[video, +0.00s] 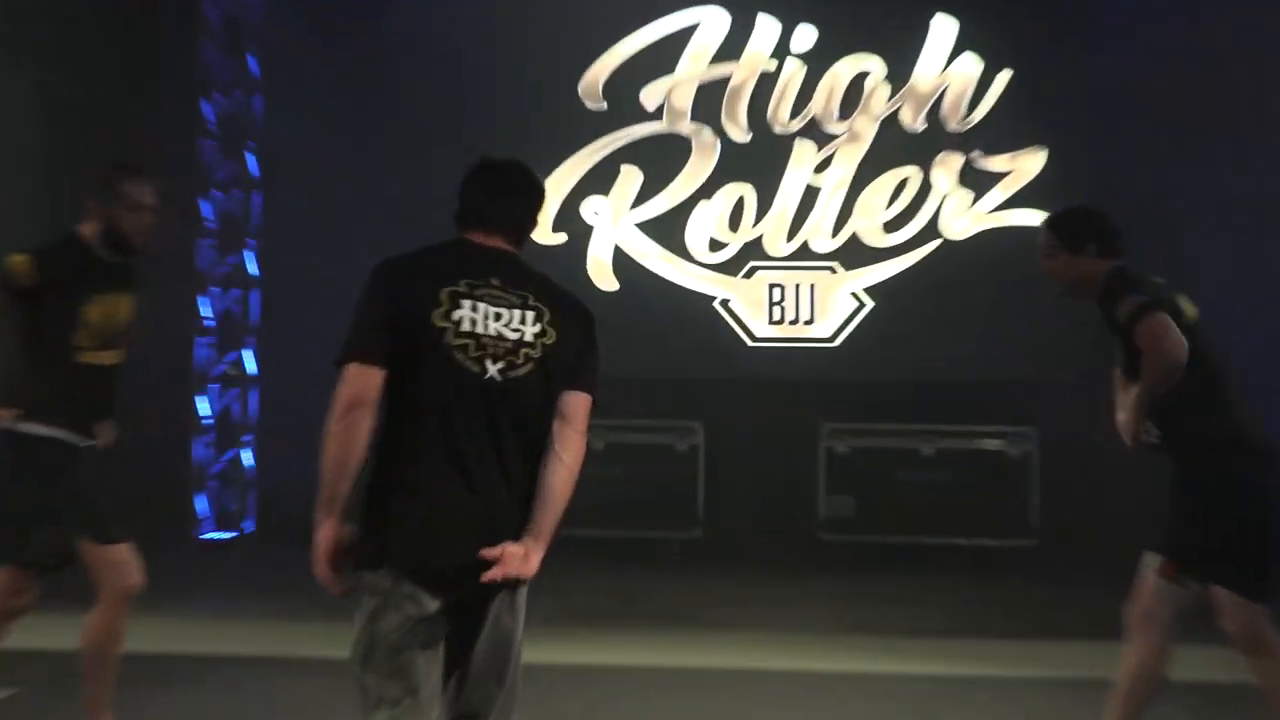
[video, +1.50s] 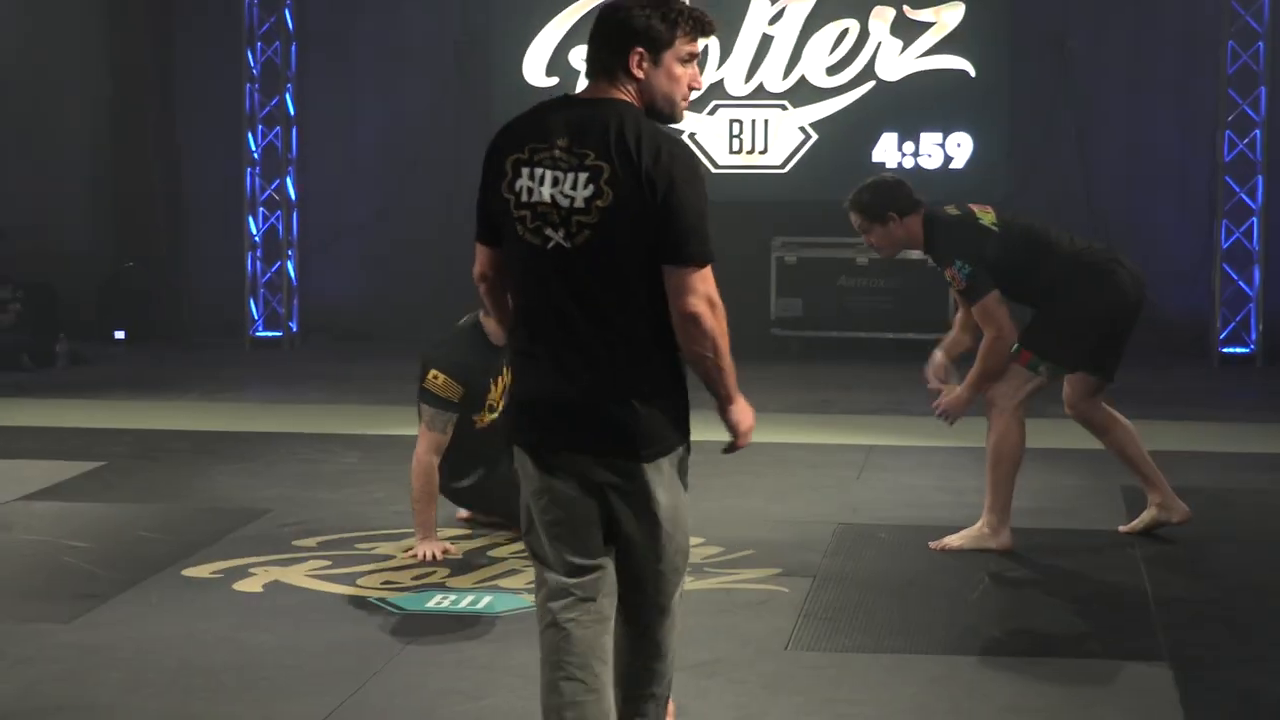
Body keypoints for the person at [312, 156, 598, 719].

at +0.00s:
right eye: (527, 217)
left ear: (461, 213)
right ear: (530, 227)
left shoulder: (401, 278)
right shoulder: (568, 311)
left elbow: (357, 401)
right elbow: (570, 434)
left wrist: (330, 515)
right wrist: (534, 540)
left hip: (405, 536)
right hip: (503, 547)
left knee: (398, 704)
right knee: (485, 705)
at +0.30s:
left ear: (462, 130)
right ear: (581, 147)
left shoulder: (375, 266)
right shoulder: (639, 280)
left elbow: (309, 486)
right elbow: (699, 495)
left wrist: (308, 614)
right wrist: (721, 614)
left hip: (423, 629)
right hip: (587, 637)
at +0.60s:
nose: (636, 25)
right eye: (638, 14)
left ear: (488, 20)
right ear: (626, 20)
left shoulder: (385, 181)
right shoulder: (711, 181)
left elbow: (322, 454)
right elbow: (781, 440)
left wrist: (334, 626)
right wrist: (769, 603)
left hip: (461, 627)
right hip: (669, 631)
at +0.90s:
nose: (784, 7)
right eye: (780, 0)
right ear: (750, 1)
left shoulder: (520, 96)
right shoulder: (833, 120)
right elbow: (865, 374)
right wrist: (819, 546)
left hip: (577, 553)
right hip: (770, 566)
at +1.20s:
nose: (785, 11)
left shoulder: (543, 75)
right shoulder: (757, 111)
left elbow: (487, 250)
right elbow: (812, 290)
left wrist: (489, 384)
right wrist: (838, 417)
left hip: (568, 411)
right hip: (698, 422)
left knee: (562, 632)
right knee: (693, 662)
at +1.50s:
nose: (697, 79)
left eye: (698, 63)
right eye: (687, 62)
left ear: (618, 66)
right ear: (637, 64)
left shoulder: (513, 139)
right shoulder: (664, 157)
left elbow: (490, 274)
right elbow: (693, 304)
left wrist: (527, 354)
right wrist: (731, 396)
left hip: (543, 401)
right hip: (638, 407)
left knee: (570, 593)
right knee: (651, 591)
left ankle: (574, 715)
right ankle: (645, 710)